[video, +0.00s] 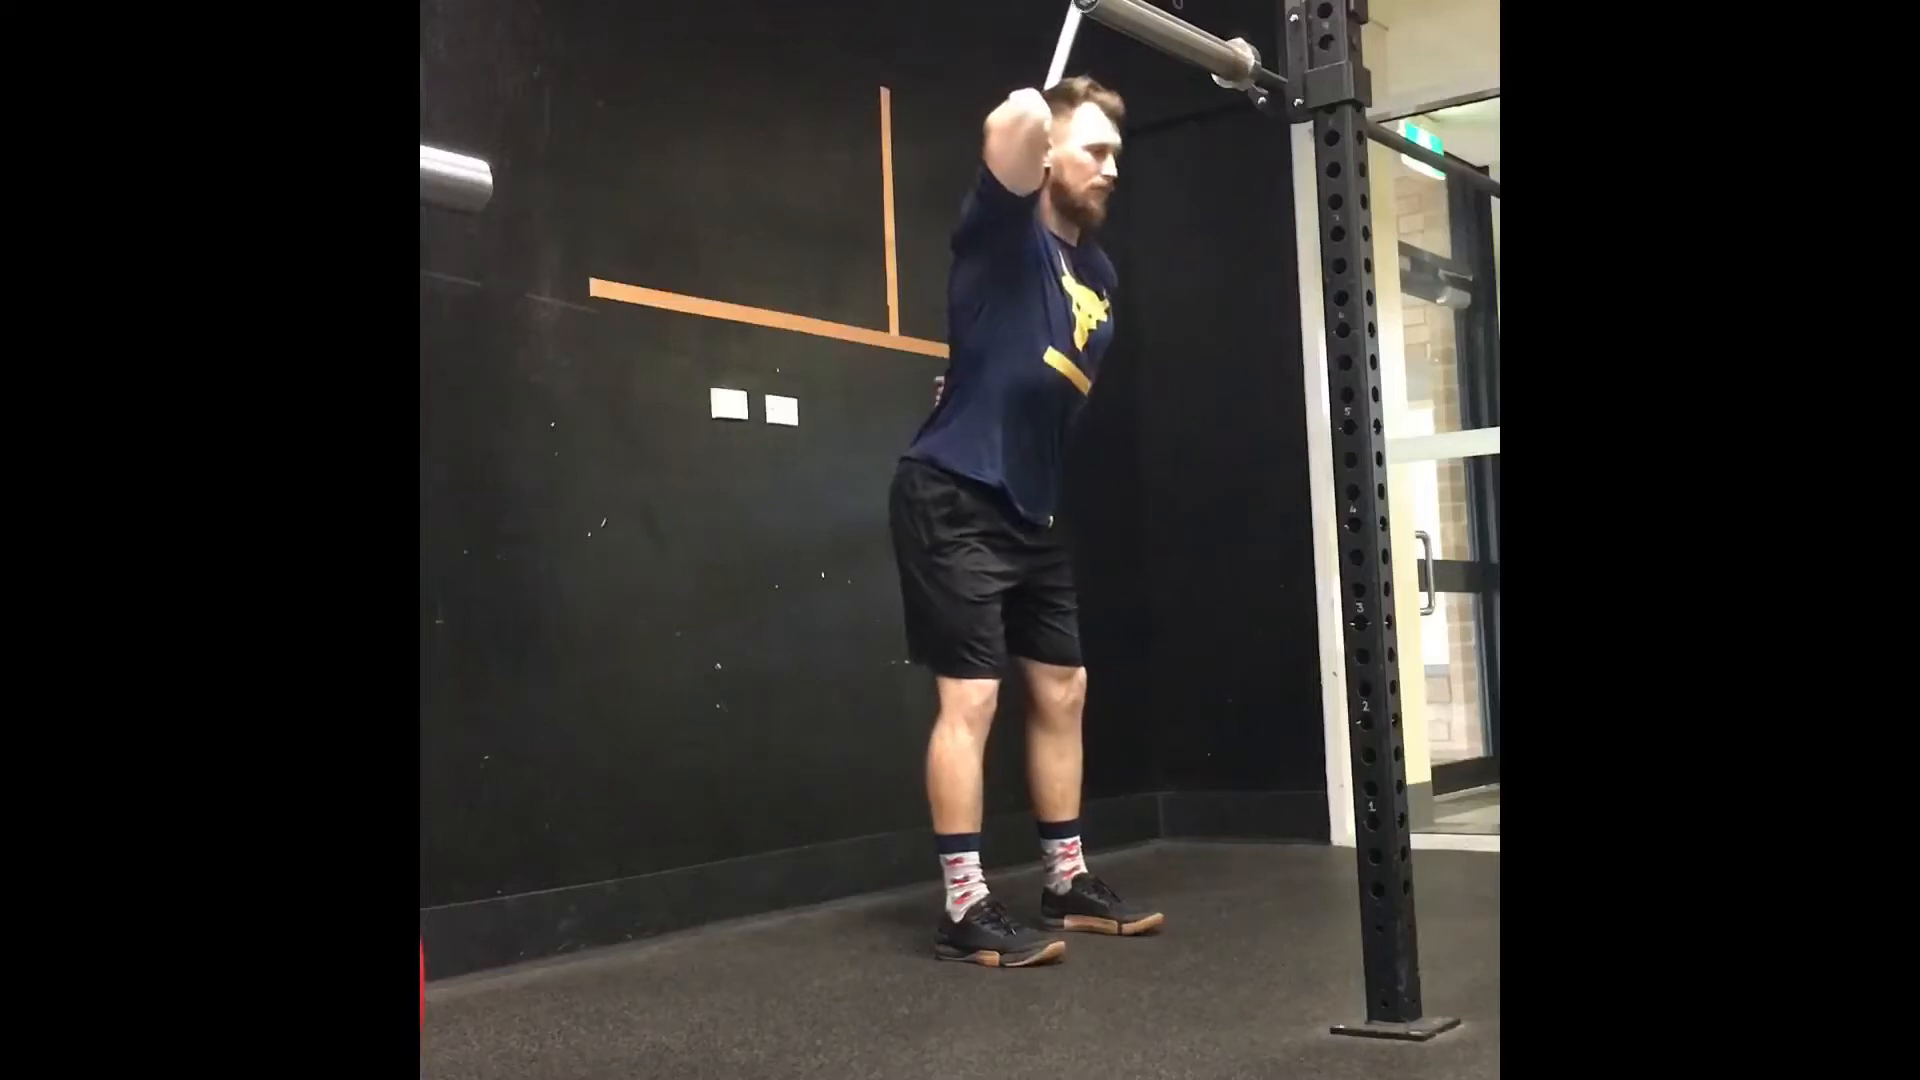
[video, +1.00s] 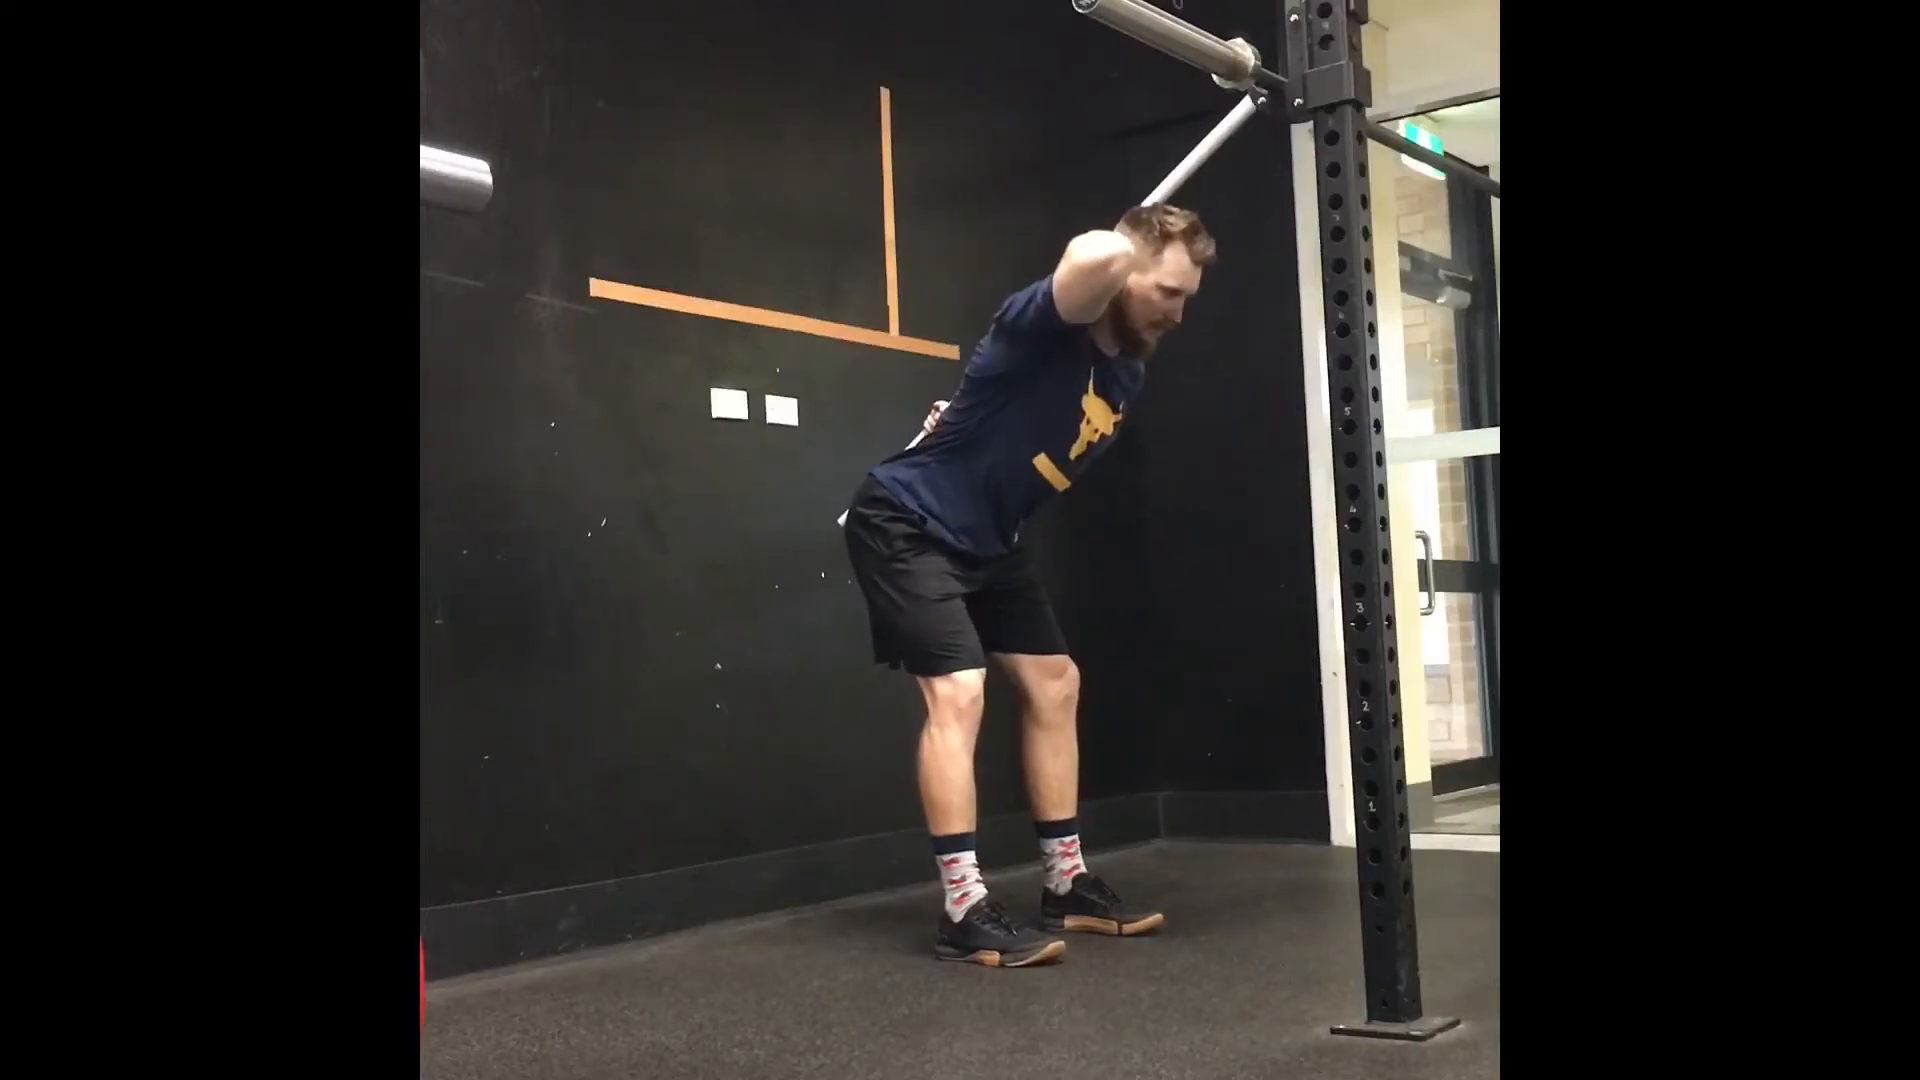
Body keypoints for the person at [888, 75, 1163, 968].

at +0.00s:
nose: (1110, 170)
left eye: (1115, 156)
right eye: (1094, 153)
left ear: (1114, 167)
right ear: (1045, 154)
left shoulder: (1099, 276)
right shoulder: (999, 233)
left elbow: (1060, 386)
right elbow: (1009, 125)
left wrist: (974, 405)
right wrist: (1047, 105)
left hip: (1032, 511)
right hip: (953, 496)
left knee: (1060, 688)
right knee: (970, 697)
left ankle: (1068, 881)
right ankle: (966, 908)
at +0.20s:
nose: (1138, 201)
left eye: (1146, 186)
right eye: (1125, 184)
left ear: (1144, 195)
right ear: (1080, 181)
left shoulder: (1111, 297)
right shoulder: (1021, 249)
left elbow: (1052, 395)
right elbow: (1046, 158)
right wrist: (1076, 138)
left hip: (1015, 516)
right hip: (937, 502)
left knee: (1055, 686)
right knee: (966, 696)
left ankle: (1067, 884)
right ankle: (966, 910)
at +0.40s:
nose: (1157, 243)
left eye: (1167, 229)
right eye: (1147, 224)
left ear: (1167, 230)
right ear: (1101, 213)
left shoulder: (1121, 326)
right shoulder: (1038, 273)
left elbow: (1054, 392)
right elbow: (1066, 196)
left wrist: (974, 397)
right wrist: (1101, 172)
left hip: (1004, 524)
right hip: (924, 507)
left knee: (1055, 687)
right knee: (960, 694)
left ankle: (1069, 885)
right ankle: (966, 910)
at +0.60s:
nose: (1171, 281)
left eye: (1181, 266)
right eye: (1160, 261)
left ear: (1184, 264)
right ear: (1115, 246)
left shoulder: (1124, 355)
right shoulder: (1045, 303)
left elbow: (1044, 416)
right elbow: (1080, 231)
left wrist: (966, 417)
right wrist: (1114, 212)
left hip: (996, 531)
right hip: (914, 515)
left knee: (1055, 684)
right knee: (958, 695)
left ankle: (1069, 885)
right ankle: (965, 911)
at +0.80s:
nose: (1179, 319)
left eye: (1191, 305)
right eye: (1172, 298)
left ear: (1194, 300)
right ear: (1130, 278)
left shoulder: (1130, 378)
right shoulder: (1049, 331)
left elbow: (1041, 431)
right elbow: (1091, 263)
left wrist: (964, 422)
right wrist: (1128, 252)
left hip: (989, 538)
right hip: (906, 520)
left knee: (1054, 681)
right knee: (956, 692)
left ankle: (1067, 885)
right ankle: (965, 911)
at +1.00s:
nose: (1178, 312)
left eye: (1188, 298)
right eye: (1171, 292)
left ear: (1186, 292)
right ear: (1125, 274)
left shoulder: (1124, 373)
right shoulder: (1045, 328)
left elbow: (1037, 418)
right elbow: (1085, 263)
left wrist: (962, 418)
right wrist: (1122, 247)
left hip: (987, 538)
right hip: (906, 519)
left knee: (1053, 680)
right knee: (956, 692)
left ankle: (1068, 886)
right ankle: (964, 912)